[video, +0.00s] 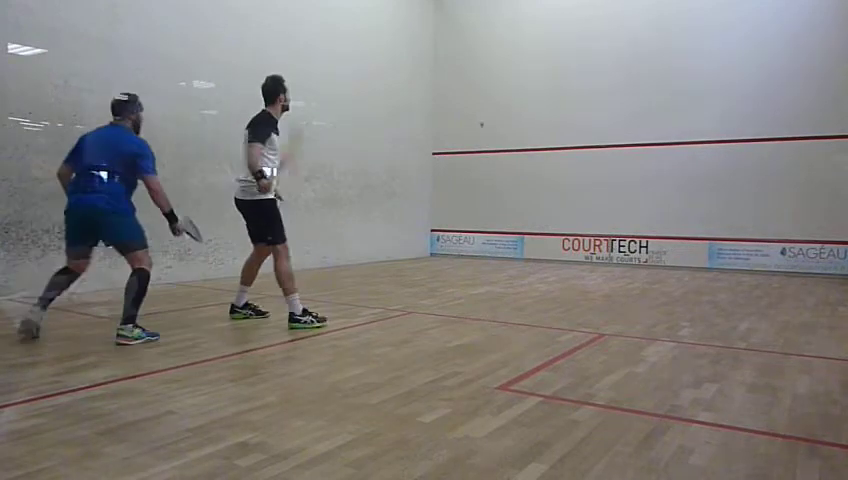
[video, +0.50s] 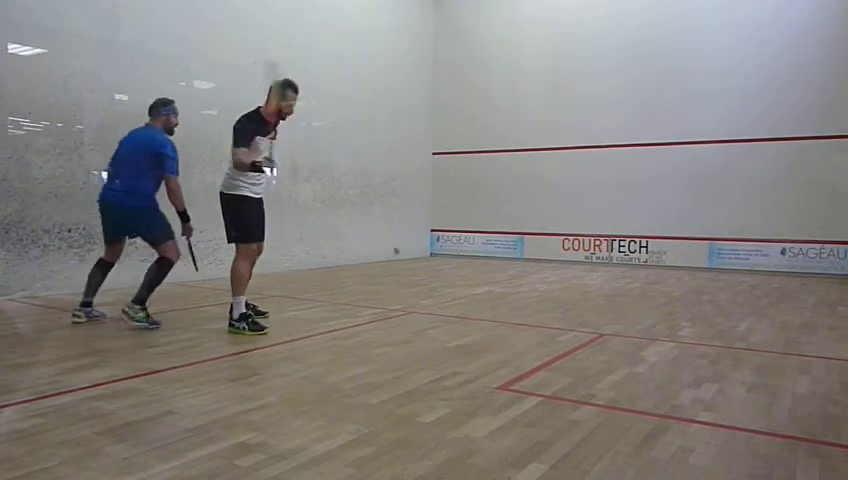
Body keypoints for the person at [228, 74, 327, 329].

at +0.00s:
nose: (288, 98)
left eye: (286, 94)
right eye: (286, 94)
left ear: (268, 97)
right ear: (280, 97)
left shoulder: (268, 123)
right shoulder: (263, 123)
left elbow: (264, 159)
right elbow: (253, 158)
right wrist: (261, 178)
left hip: (253, 197)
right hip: (259, 198)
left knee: (262, 249)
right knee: (281, 251)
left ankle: (239, 303)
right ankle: (297, 312)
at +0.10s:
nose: (288, 100)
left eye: (287, 95)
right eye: (286, 95)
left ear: (271, 96)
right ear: (278, 96)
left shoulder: (271, 123)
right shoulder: (254, 120)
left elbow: (265, 155)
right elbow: (241, 153)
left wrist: (276, 177)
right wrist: (247, 164)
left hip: (255, 193)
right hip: (250, 194)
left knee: (257, 251)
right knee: (270, 250)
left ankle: (239, 303)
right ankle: (285, 310)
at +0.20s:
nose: (290, 102)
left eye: (290, 97)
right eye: (287, 97)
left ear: (278, 97)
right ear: (276, 97)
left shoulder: (272, 123)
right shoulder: (249, 119)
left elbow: (273, 148)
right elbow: (235, 146)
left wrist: (282, 169)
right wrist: (240, 155)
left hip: (254, 191)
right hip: (244, 191)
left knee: (256, 248)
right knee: (264, 246)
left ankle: (239, 304)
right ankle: (264, 309)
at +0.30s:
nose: (291, 106)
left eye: (292, 101)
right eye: (288, 100)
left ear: (280, 100)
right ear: (275, 98)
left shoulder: (272, 120)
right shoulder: (248, 119)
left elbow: (275, 137)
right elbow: (232, 146)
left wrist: (283, 160)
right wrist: (242, 155)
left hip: (252, 189)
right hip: (241, 189)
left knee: (256, 247)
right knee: (257, 246)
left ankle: (240, 304)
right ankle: (245, 309)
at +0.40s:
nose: (290, 111)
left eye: (292, 107)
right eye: (288, 105)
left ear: (279, 103)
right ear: (274, 100)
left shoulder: (272, 125)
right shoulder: (247, 120)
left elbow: (260, 152)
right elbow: (230, 150)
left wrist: (274, 158)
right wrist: (251, 160)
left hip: (253, 192)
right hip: (239, 192)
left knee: (257, 248)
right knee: (250, 249)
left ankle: (241, 304)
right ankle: (238, 312)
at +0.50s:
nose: (292, 111)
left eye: (294, 106)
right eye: (289, 105)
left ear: (284, 103)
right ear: (276, 101)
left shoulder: (273, 123)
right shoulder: (246, 124)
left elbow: (261, 153)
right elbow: (238, 160)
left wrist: (268, 163)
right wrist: (256, 165)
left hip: (253, 192)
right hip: (238, 193)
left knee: (255, 249)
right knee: (246, 251)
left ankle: (240, 304)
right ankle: (237, 314)